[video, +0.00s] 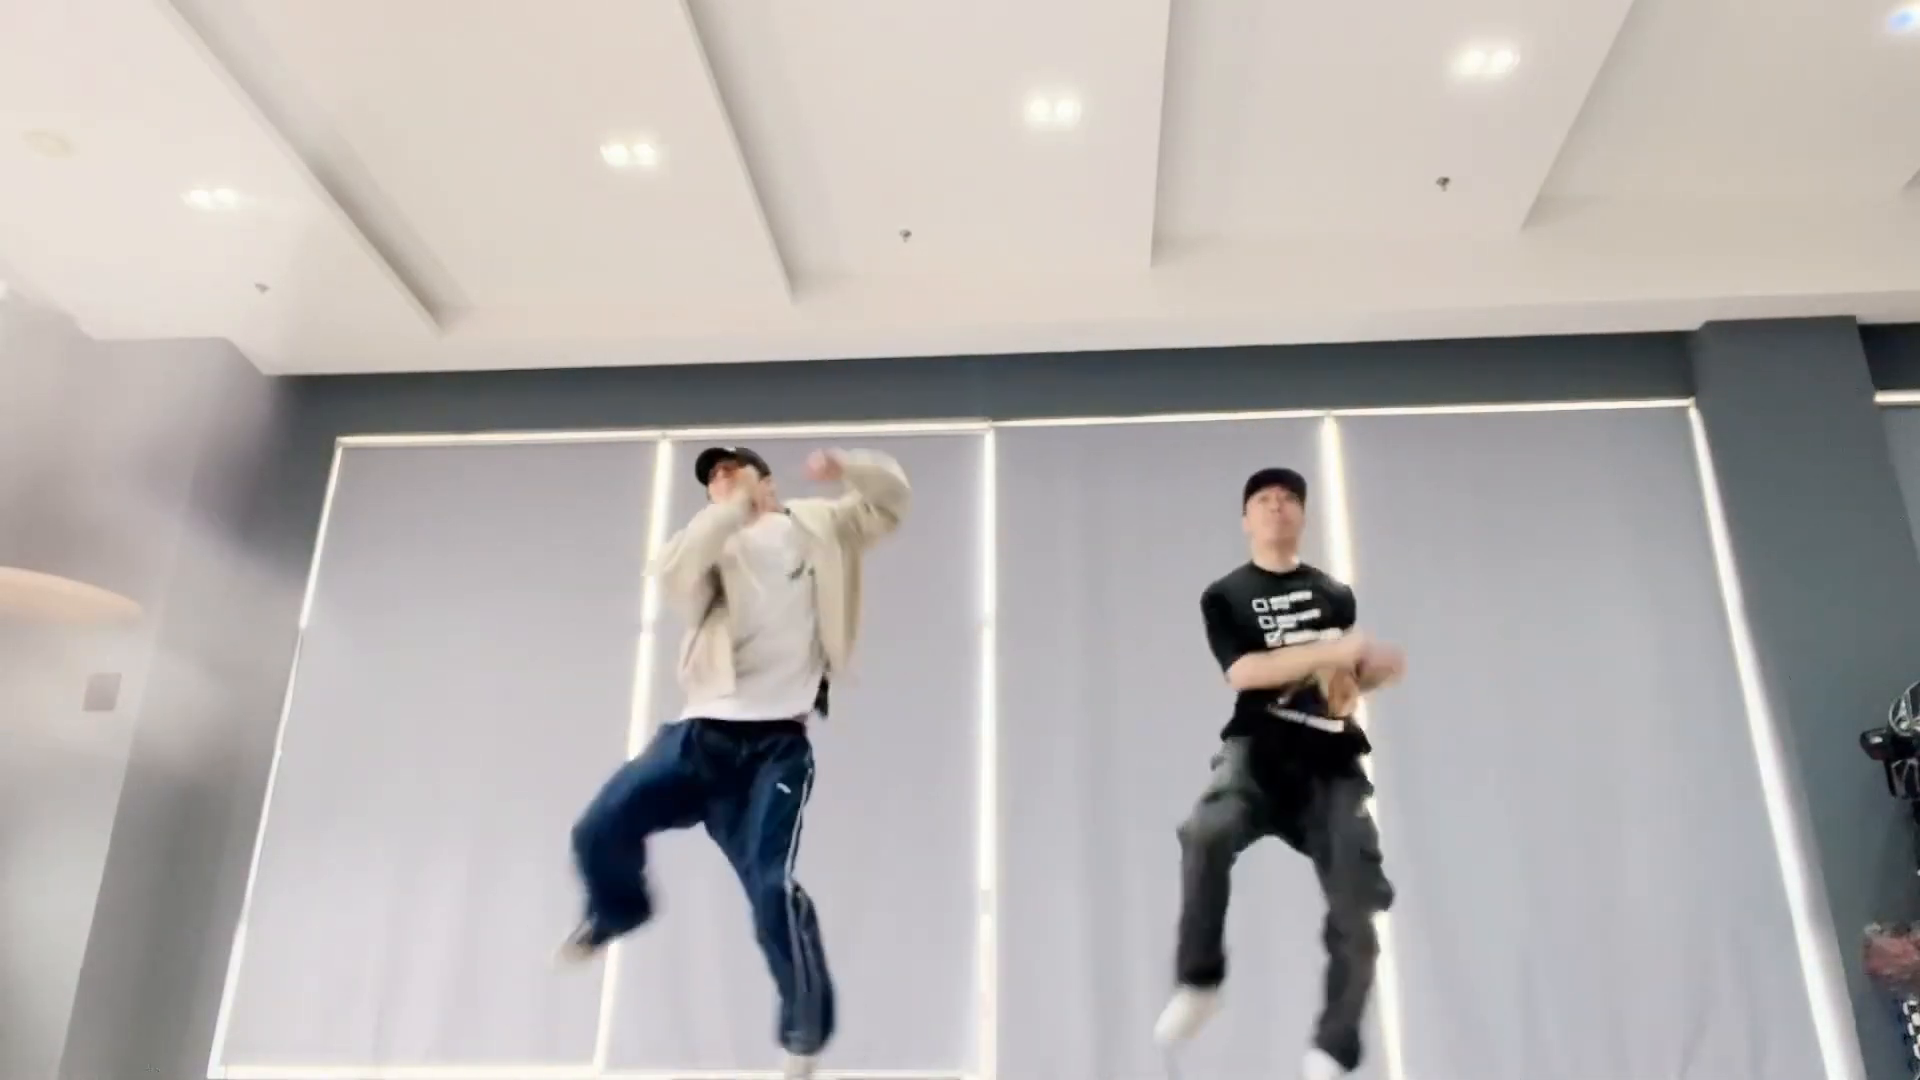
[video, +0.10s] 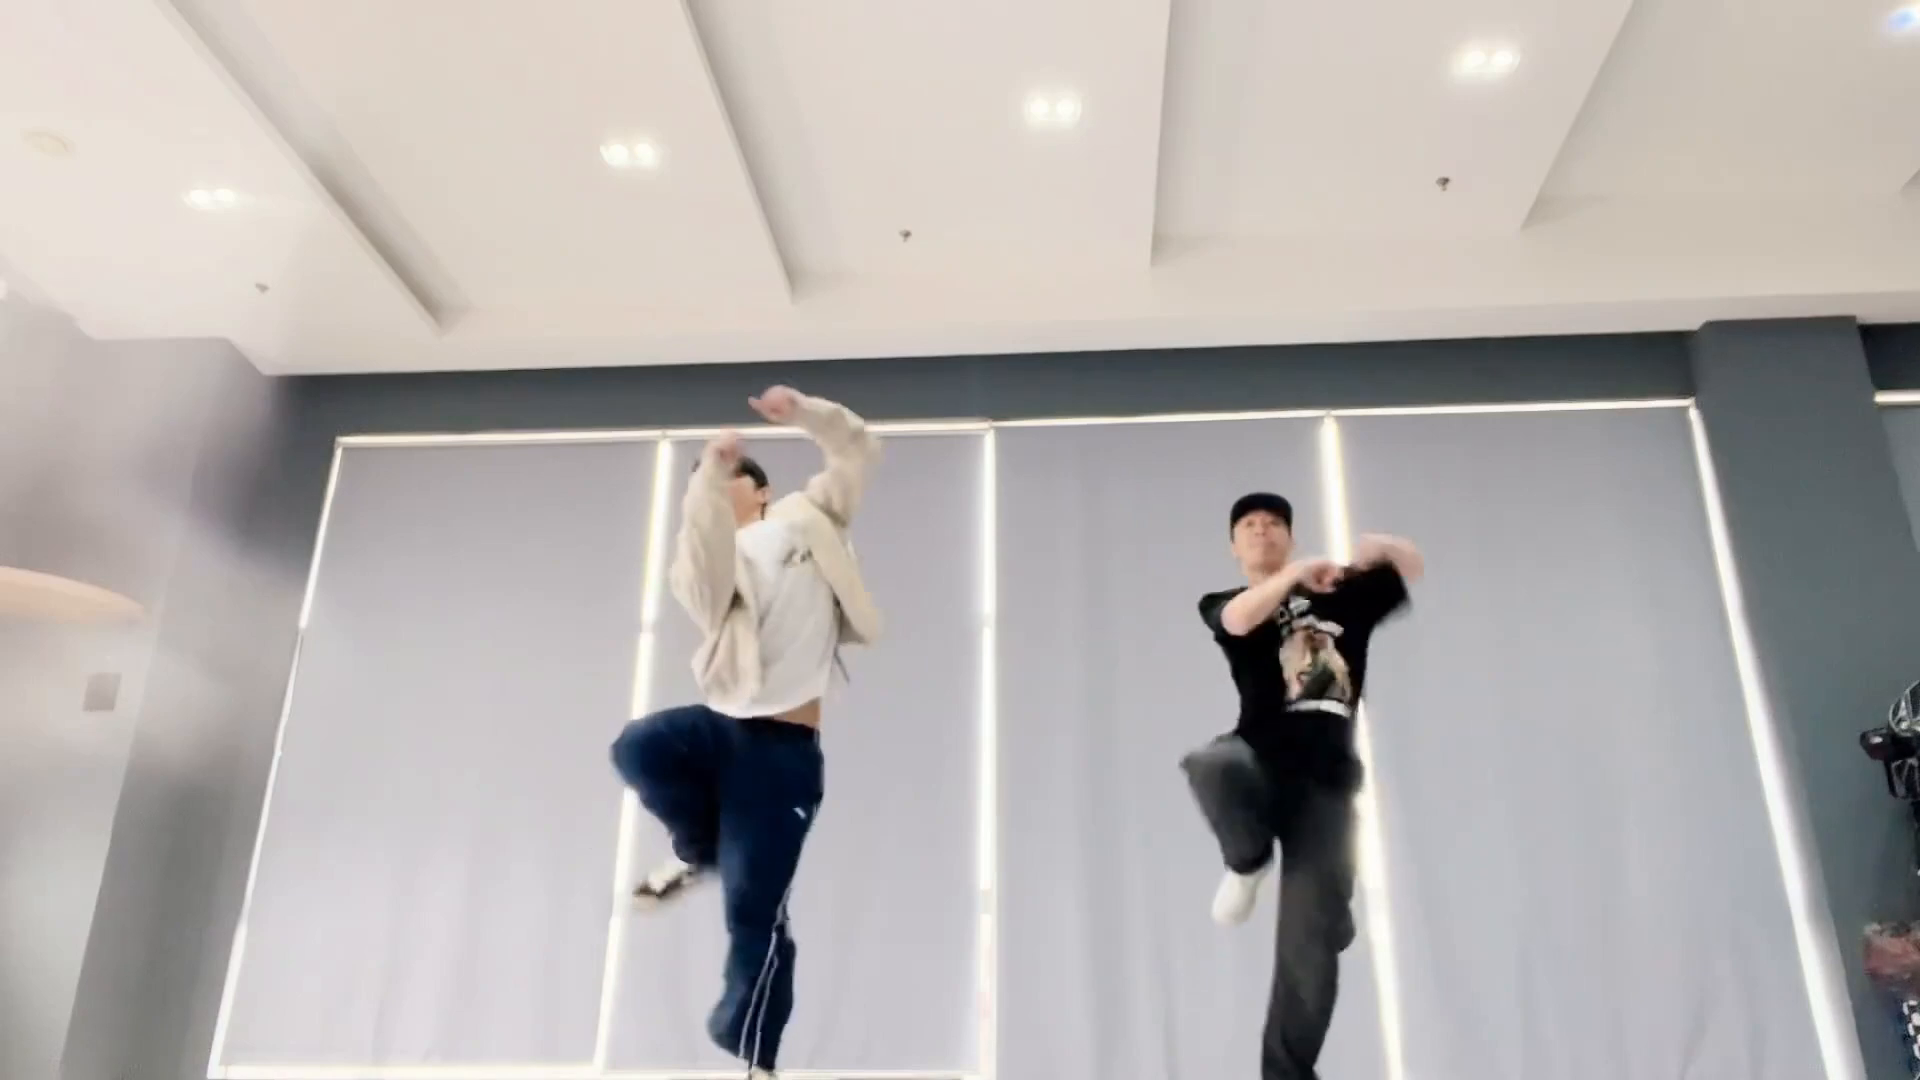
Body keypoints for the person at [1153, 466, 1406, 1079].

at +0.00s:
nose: (1277, 509)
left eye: (1288, 500)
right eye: (1264, 501)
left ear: (1303, 518)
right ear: (1246, 520)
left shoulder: (1335, 597)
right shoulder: (1225, 595)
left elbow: (1339, 690)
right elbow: (1242, 672)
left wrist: (1360, 676)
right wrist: (1337, 652)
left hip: (1331, 764)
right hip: (1257, 754)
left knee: (1357, 897)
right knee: (1204, 832)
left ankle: (1335, 1052)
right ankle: (1199, 981)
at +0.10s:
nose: (1262, 534)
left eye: (1273, 525)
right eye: (1249, 528)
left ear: (1293, 538)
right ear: (1234, 548)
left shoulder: (1349, 593)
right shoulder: (1227, 605)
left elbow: (1412, 567)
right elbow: (1238, 620)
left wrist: (1382, 550)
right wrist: (1295, 574)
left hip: (1326, 772)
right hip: (1259, 762)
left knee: (1312, 936)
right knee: (1216, 763)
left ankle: (1288, 1070)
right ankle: (1246, 866)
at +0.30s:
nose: (1268, 546)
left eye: (1279, 539)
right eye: (1257, 538)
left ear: (1292, 558)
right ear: (1236, 555)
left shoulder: (1311, 596)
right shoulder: (1218, 655)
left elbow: (1343, 642)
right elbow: (1233, 729)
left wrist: (1302, 702)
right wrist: (1218, 780)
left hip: (1335, 772)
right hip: (1268, 771)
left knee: (1352, 925)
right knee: (1272, 781)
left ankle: (1347, 1070)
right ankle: (1337, 902)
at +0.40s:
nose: (1278, 540)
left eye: (1289, 534)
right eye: (1266, 533)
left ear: (1301, 552)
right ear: (1244, 550)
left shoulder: (1326, 611)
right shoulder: (1222, 637)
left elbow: (1335, 691)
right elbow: (1221, 735)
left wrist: (1260, 749)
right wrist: (1205, 810)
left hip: (1327, 775)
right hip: (1259, 779)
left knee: (1357, 929)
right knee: (1295, 847)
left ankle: (1346, 1069)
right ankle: (1348, 956)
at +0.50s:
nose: (1283, 510)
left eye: (1294, 503)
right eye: (1271, 502)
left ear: (1306, 520)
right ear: (1248, 520)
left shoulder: (1330, 592)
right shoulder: (1231, 583)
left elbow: (1336, 677)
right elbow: (1207, 642)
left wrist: (1276, 636)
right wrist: (1143, 662)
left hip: (1318, 757)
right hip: (1251, 755)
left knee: (1359, 900)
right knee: (1301, 852)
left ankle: (1359, 1058)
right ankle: (1320, 1031)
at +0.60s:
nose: (1298, 514)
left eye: (1308, 507)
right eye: (1285, 505)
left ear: (1319, 526)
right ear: (1260, 522)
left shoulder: (1335, 602)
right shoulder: (1221, 562)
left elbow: (1374, 690)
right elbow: (1163, 536)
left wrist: (1344, 608)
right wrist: (1160, 505)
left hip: (1312, 761)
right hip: (1239, 765)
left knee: (1394, 873)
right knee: (1280, 888)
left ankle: (1329, 942)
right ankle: (1277, 1066)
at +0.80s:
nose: (1314, 523)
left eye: (1322, 515)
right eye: (1301, 513)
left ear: (1332, 531)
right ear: (1275, 528)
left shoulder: (1335, 626)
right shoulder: (1244, 581)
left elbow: (1326, 712)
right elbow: (1219, 650)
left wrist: (1266, 703)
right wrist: (1305, 706)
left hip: (1301, 763)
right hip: (1229, 763)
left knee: (1340, 824)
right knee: (1246, 913)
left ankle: (1317, 993)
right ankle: (1266, 1067)